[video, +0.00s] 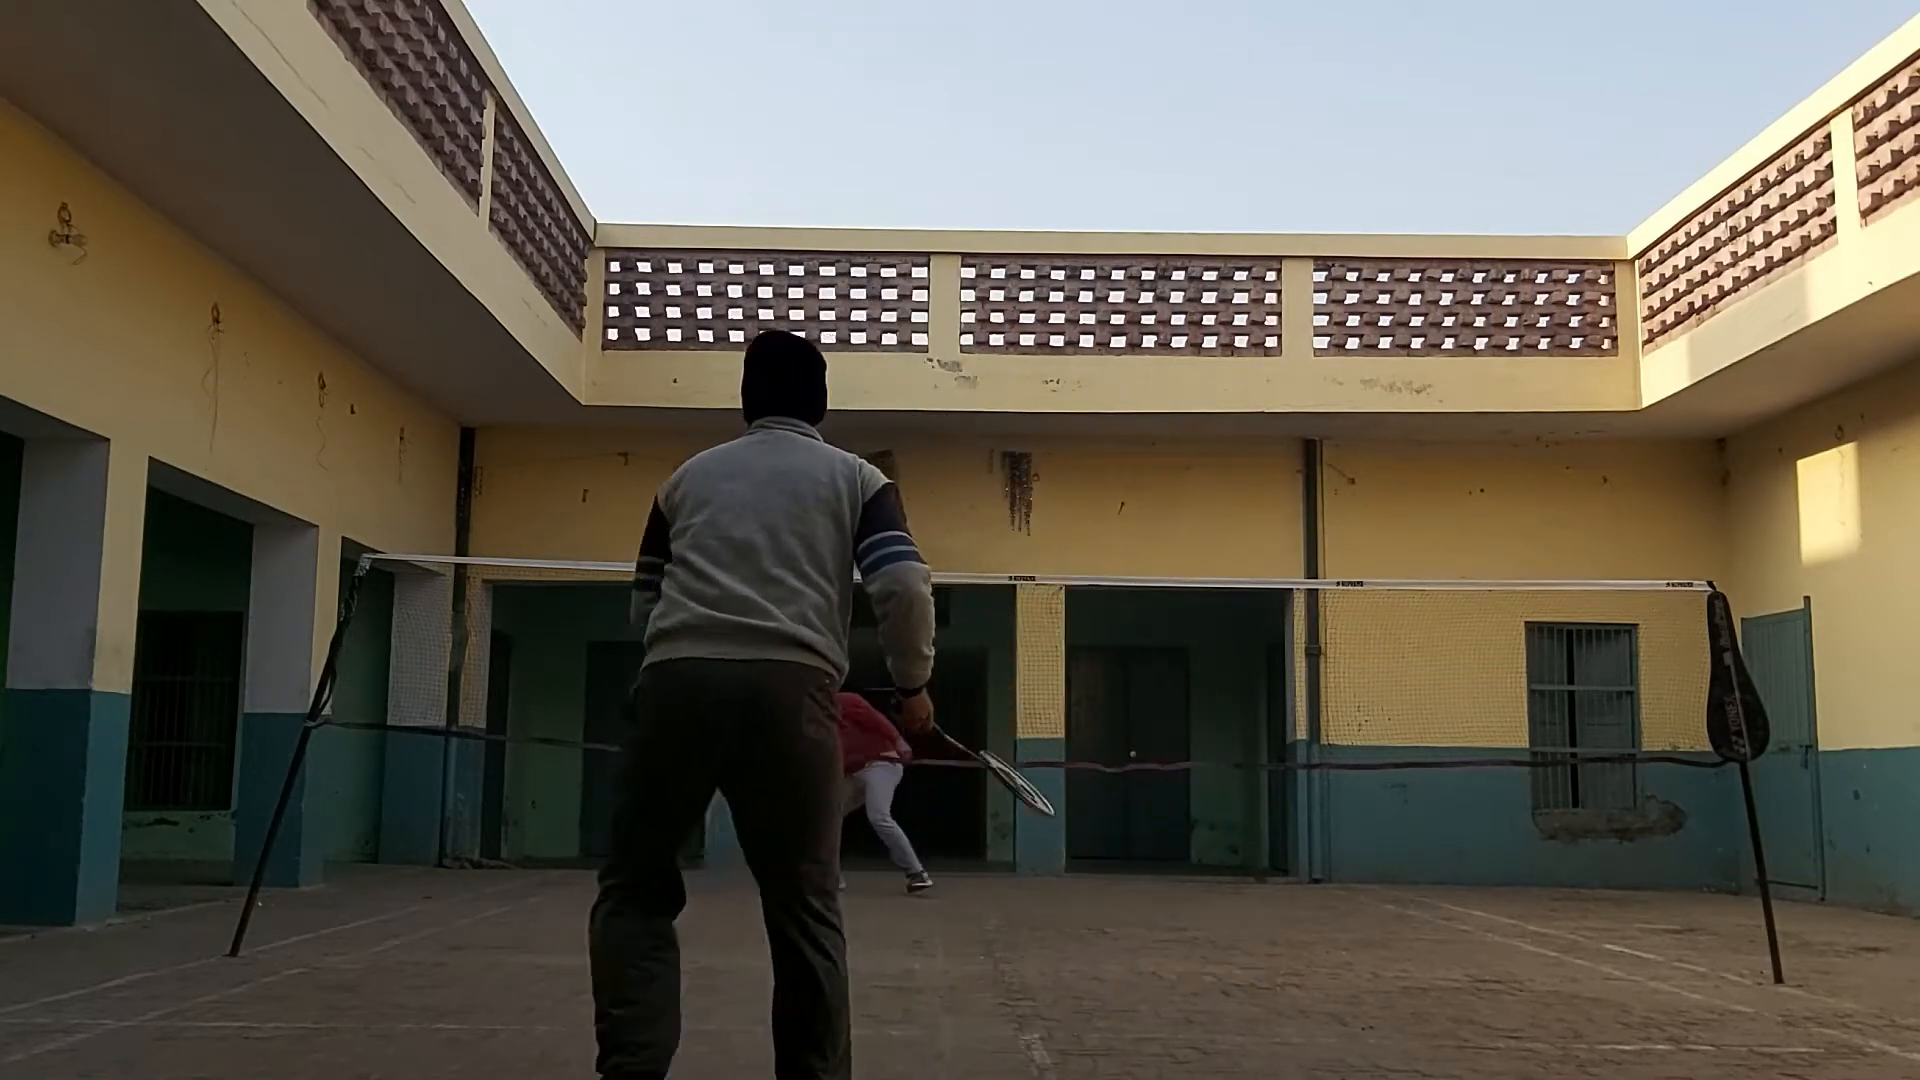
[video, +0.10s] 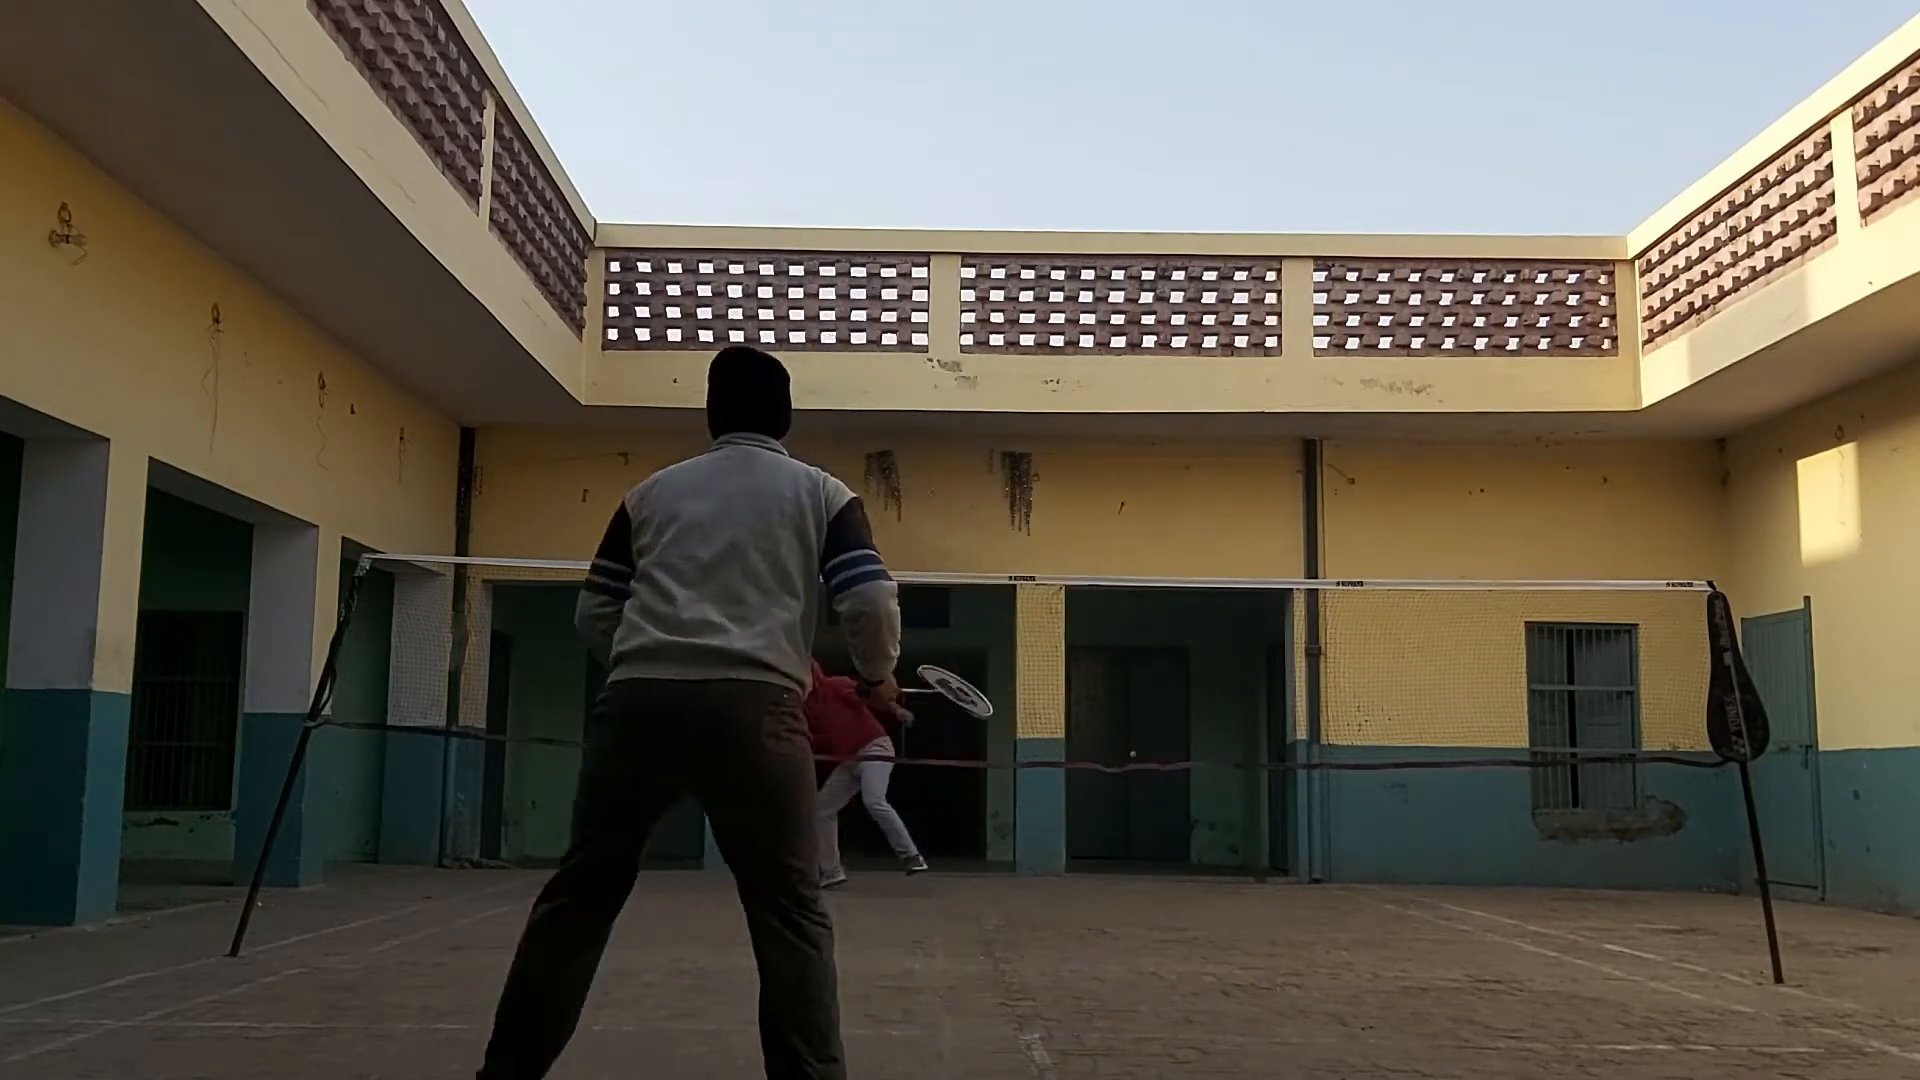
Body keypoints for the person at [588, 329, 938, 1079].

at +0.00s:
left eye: (751, 394)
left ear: (743, 403)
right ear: (821, 404)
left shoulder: (688, 476)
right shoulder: (857, 477)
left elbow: (648, 604)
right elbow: (904, 585)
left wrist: (692, 666)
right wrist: (914, 689)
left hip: (674, 687)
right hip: (789, 691)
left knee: (636, 890)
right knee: (805, 904)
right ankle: (815, 1072)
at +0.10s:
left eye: (717, 409)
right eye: (780, 411)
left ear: (710, 416)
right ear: (787, 417)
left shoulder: (649, 492)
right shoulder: (821, 492)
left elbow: (596, 611)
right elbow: (872, 605)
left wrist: (645, 671)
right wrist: (877, 676)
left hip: (639, 704)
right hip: (755, 711)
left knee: (585, 886)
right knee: (790, 907)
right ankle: (811, 1073)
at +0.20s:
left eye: (675, 427)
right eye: (740, 433)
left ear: (668, 438)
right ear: (745, 440)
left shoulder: (611, 519)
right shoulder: (763, 521)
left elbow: (549, 626)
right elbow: (818, 639)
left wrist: (632, 630)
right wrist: (857, 630)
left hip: (599, 738)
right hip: (713, 746)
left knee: (546, 907)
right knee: (777, 933)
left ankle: (463, 1068)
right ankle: (796, 1074)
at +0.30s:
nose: (692, 456)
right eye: (692, 446)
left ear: (617, 450)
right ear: (688, 451)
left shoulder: (565, 536)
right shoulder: (687, 523)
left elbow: (523, 637)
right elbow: (737, 613)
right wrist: (818, 571)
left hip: (557, 751)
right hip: (666, 754)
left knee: (545, 907)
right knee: (739, 928)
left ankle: (466, 1064)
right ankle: (785, 1070)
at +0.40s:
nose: (658, 467)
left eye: (657, 458)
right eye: (659, 453)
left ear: (587, 437)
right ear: (649, 449)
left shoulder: (543, 513)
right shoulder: (608, 493)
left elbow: (502, 610)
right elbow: (601, 572)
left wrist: (623, 661)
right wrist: (706, 504)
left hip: (519, 731)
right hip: (605, 732)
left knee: (542, 910)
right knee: (695, 909)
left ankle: (468, 1064)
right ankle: (767, 1067)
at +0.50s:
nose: (637, 451)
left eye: (640, 435)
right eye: (636, 433)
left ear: (582, 420)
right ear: (607, 426)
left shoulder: (579, 489)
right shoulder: (537, 464)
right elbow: (450, 537)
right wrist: (526, 499)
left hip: (502, 704)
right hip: (549, 698)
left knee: (523, 902)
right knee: (623, 901)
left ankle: (464, 1062)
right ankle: (676, 1064)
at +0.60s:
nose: (590, 418)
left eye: (594, 405)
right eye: (586, 400)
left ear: (552, 395)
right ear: (553, 387)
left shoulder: (539, 455)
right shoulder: (497, 430)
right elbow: (429, 515)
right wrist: (496, 540)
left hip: (532, 659)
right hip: (501, 655)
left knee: (516, 858)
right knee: (503, 857)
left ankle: (457, 1051)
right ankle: (437, 1055)